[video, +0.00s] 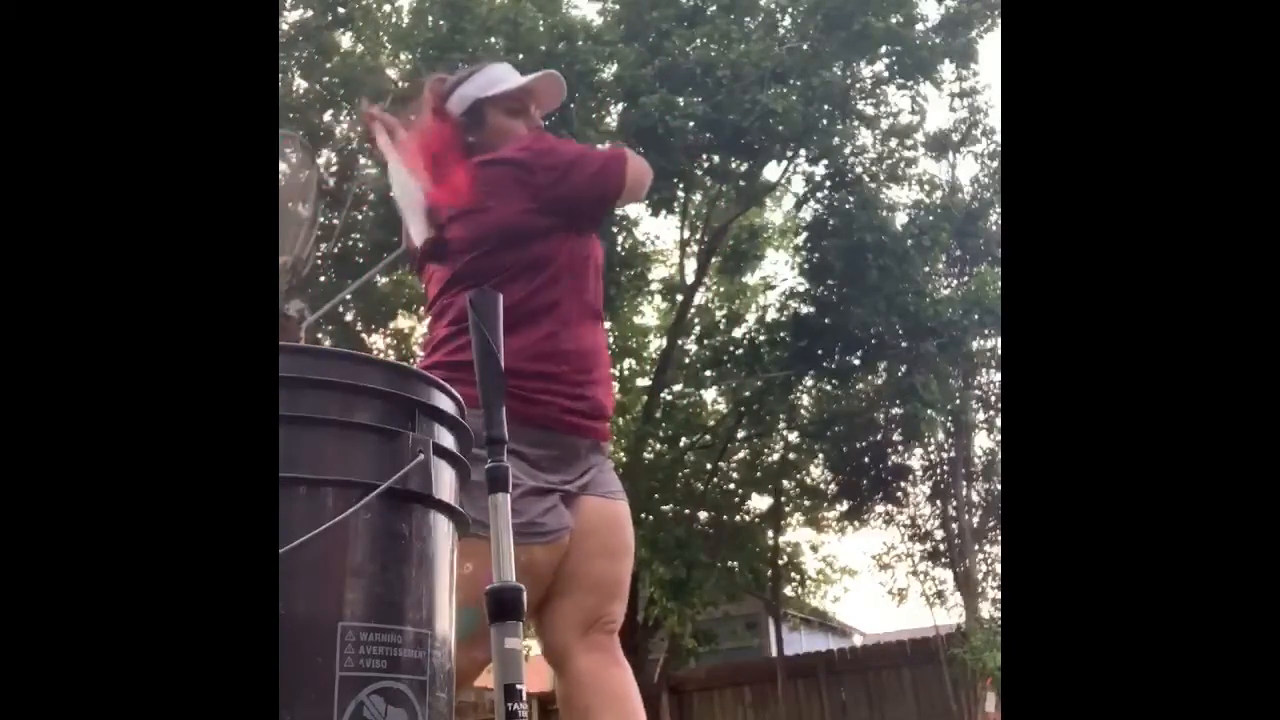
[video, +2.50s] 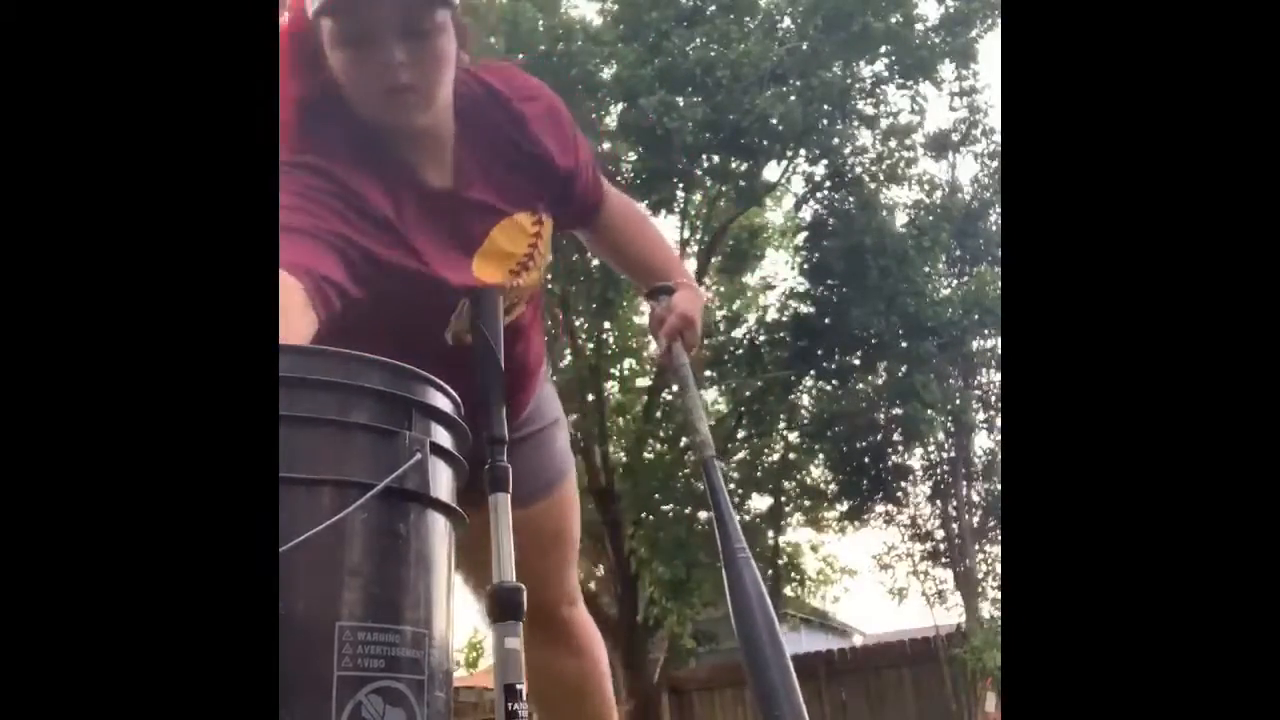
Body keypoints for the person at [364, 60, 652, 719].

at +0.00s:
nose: (537, 118)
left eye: (533, 108)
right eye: (519, 108)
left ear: (471, 126)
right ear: (479, 120)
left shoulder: (441, 188)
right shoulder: (536, 166)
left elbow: (419, 245)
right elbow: (639, 175)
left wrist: (405, 157)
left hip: (581, 452)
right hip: (494, 450)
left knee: (594, 639)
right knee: (457, 656)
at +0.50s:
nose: (550, 119)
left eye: (552, 106)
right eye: (530, 104)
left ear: (552, 112)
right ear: (481, 115)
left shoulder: (550, 199)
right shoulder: (470, 174)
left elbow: (639, 259)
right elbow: (617, 242)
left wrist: (697, 182)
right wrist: (699, 177)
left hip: (581, 450)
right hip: (478, 452)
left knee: (605, 634)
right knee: (439, 653)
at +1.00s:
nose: (584, 66)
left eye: (597, 50)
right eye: (561, 55)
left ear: (620, 63)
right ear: (530, 70)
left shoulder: (662, 167)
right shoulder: (504, 138)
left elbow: (700, 271)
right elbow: (511, 230)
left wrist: (779, 299)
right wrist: (654, 254)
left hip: (620, 423)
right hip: (486, 407)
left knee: (632, 628)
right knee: (473, 578)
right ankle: (405, 706)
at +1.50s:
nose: (410, 7)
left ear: (467, 3)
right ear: (353, 11)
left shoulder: (532, 87)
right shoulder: (310, 130)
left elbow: (601, 207)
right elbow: (285, 275)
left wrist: (660, 278)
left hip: (524, 403)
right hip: (370, 413)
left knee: (574, 617)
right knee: (357, 638)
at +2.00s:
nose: (403, 33)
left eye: (421, 5)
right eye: (370, 15)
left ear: (457, 8)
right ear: (334, 38)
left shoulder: (520, 87)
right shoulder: (310, 139)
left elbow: (599, 195)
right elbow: (288, 268)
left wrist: (676, 270)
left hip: (511, 381)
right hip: (366, 397)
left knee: (569, 589)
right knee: (341, 613)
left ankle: (613, 718)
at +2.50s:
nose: (394, 61)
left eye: (417, 31)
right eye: (358, 40)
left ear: (455, 25)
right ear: (323, 50)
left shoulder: (517, 110)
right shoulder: (317, 169)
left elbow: (596, 204)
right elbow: (289, 295)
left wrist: (677, 281)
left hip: (510, 395)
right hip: (369, 408)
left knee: (554, 614)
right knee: (350, 627)